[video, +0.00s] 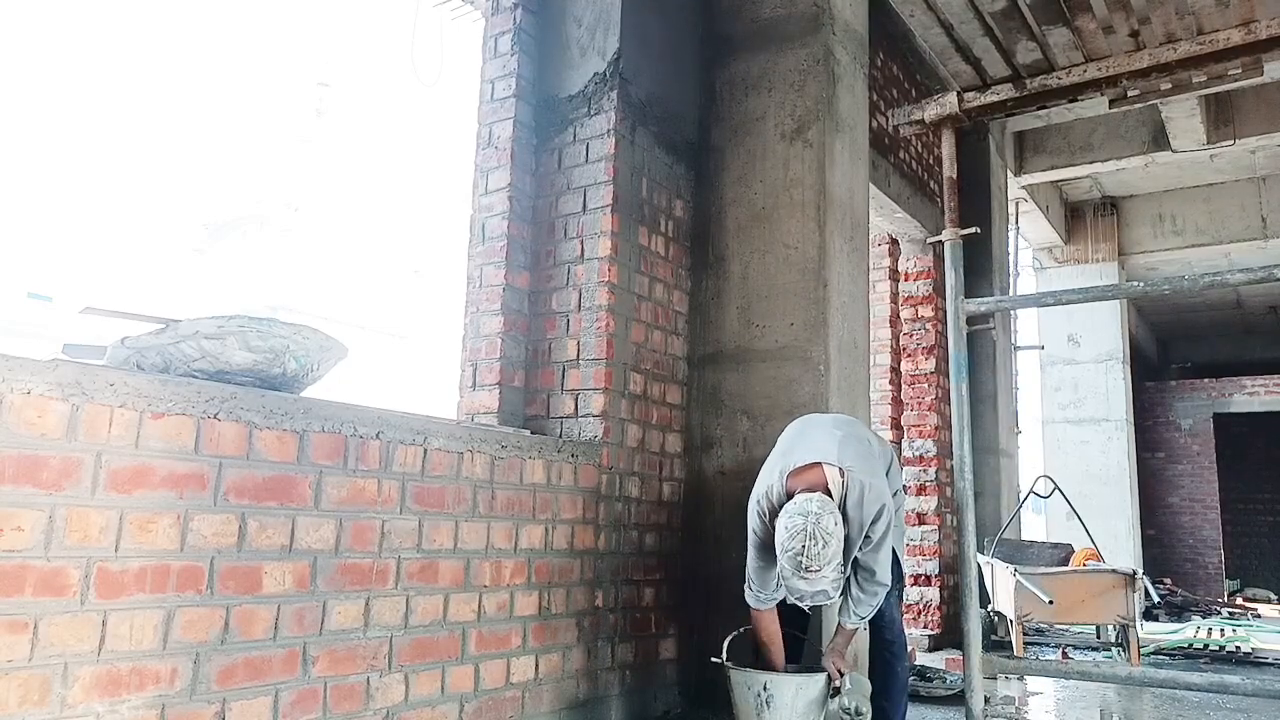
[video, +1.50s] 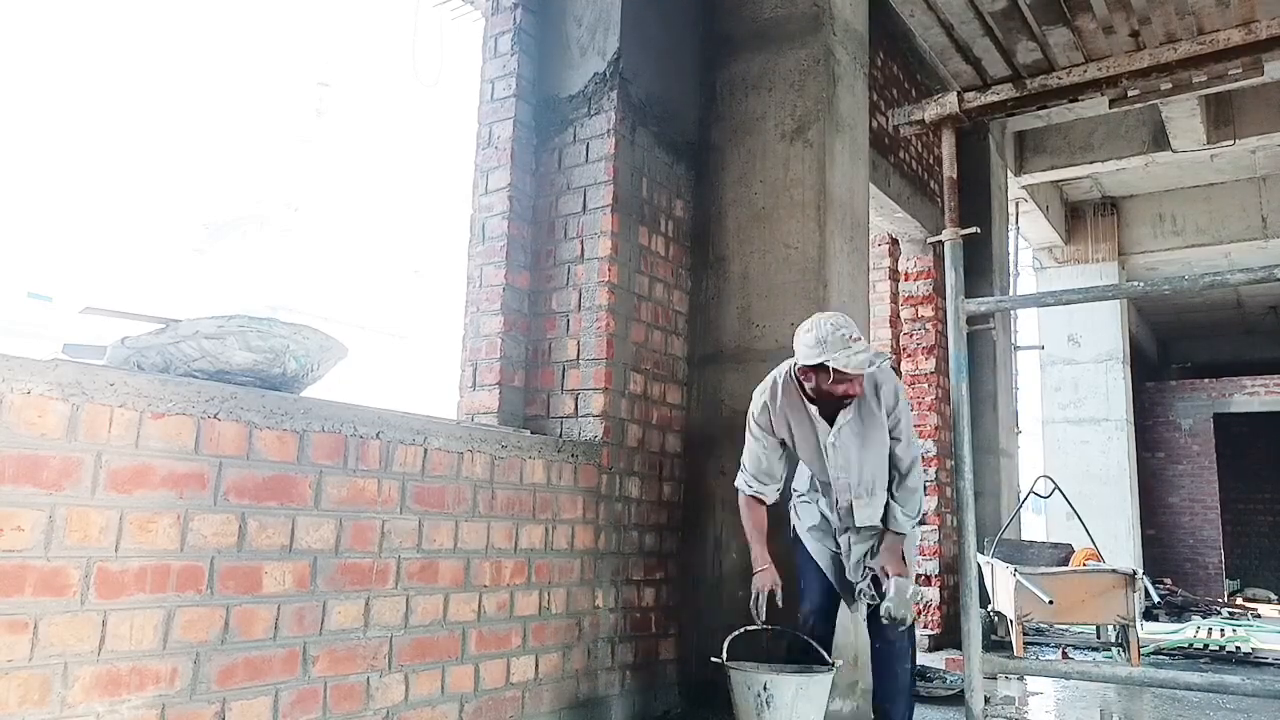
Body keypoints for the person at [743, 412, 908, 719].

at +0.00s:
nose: (810, 602)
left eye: (821, 592)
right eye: (800, 592)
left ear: (840, 531)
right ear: (778, 533)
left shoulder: (871, 500)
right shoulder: (763, 503)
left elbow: (872, 582)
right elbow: (761, 598)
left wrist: (838, 649)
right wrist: (777, 682)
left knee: (884, 615)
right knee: (789, 608)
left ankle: (889, 713)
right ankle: (782, 703)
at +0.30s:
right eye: (856, 563)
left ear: (859, 514)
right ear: (808, 545)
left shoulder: (879, 491)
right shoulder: (769, 508)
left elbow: (873, 578)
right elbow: (767, 604)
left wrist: (838, 648)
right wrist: (772, 688)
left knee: (885, 620)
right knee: (789, 613)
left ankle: (888, 713)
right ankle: (780, 707)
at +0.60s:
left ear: (876, 514)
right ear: (824, 541)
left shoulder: (883, 491)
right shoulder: (774, 505)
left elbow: (872, 583)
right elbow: (763, 602)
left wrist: (837, 650)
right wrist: (779, 684)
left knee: (885, 621)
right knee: (787, 611)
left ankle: (889, 713)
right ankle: (781, 705)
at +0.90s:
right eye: (865, 561)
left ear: (881, 515)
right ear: (827, 540)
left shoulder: (885, 491)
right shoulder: (776, 506)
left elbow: (872, 582)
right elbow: (749, 602)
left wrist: (837, 650)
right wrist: (768, 684)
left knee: (885, 620)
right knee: (783, 609)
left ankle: (889, 713)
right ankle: (776, 705)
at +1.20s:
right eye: (849, 562)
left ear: (872, 515)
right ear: (815, 538)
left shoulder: (877, 488)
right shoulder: (771, 500)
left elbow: (868, 582)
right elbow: (749, 604)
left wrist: (836, 650)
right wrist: (757, 693)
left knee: (883, 623)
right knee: (780, 616)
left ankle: (889, 714)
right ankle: (769, 707)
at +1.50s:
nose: (856, 387)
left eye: (858, 374)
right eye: (843, 379)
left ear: (862, 359)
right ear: (807, 375)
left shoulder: (881, 381)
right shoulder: (772, 399)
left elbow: (908, 469)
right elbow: (752, 488)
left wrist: (893, 545)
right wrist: (761, 562)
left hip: (878, 509)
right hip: (816, 512)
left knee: (892, 628)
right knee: (813, 617)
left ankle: (894, 714)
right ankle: (804, 713)